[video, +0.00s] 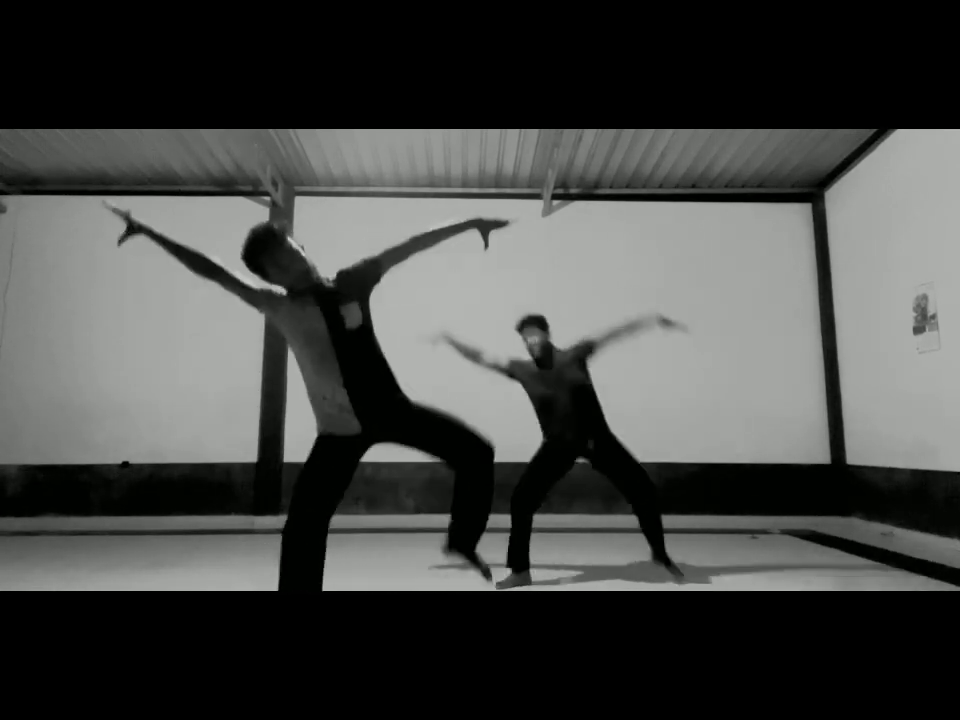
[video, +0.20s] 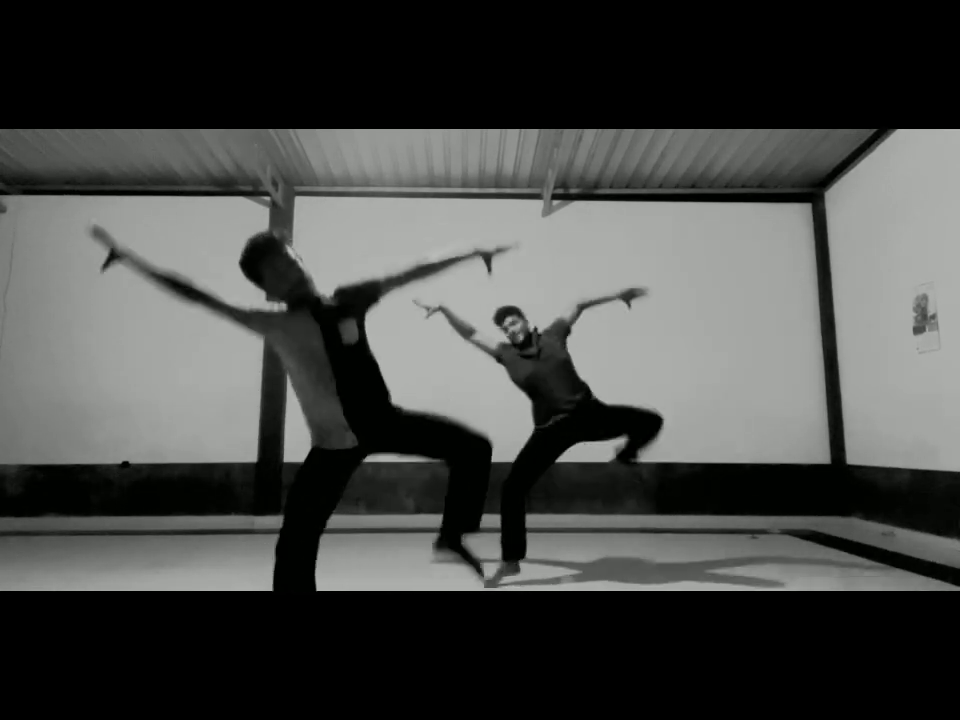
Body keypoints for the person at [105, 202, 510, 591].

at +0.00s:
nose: (292, 261)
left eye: (288, 252)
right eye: (280, 262)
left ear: (296, 248)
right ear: (270, 274)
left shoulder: (354, 282)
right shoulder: (278, 310)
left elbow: (413, 246)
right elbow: (211, 271)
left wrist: (472, 224)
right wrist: (148, 232)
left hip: (395, 416)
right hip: (339, 434)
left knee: (476, 453)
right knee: (303, 527)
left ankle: (460, 551)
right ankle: (299, 598)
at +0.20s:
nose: (289, 270)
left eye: (286, 261)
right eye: (276, 270)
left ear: (296, 258)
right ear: (266, 285)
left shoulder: (352, 300)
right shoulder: (272, 326)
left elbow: (411, 276)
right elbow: (192, 295)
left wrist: (476, 257)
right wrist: (126, 259)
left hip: (386, 425)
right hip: (332, 447)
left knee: (473, 449)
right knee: (295, 546)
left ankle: (453, 539)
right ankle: (296, 601)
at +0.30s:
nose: (298, 285)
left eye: (295, 276)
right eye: (284, 283)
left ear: (303, 279)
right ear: (270, 302)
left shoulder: (351, 323)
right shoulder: (270, 351)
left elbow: (420, 306)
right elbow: (185, 334)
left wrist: (482, 288)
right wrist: (115, 310)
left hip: (389, 448)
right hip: (331, 463)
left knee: (473, 491)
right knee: (280, 561)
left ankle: (454, 584)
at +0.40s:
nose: (313, 307)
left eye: (312, 297)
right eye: (300, 305)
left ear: (322, 298)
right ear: (285, 318)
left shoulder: (370, 343)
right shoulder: (286, 369)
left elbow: (440, 335)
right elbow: (202, 370)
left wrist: (499, 326)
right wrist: (125, 365)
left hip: (392, 469)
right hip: (334, 478)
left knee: (461, 531)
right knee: (272, 569)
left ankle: (463, 608)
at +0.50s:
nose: (337, 318)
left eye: (339, 306)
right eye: (326, 313)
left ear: (349, 305)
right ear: (315, 321)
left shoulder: (393, 357)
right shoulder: (317, 375)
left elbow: (452, 363)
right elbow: (242, 397)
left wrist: (515, 367)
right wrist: (164, 414)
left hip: (401, 480)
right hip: (348, 483)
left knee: (453, 569)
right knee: (278, 568)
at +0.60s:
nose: (358, 321)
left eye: (364, 310)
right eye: (351, 312)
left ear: (383, 306)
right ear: (346, 315)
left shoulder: (423, 360)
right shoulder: (353, 369)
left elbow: (452, 407)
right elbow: (295, 408)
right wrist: (245, 441)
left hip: (422, 479)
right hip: (372, 480)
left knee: (452, 572)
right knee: (306, 558)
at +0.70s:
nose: (365, 302)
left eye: (371, 292)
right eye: (367, 292)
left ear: (396, 295)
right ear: (391, 297)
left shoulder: (433, 346)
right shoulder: (384, 349)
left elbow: (389, 410)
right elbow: (345, 384)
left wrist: (334, 449)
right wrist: (302, 420)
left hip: (448, 461)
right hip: (407, 460)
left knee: (455, 559)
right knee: (353, 538)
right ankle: (331, 594)